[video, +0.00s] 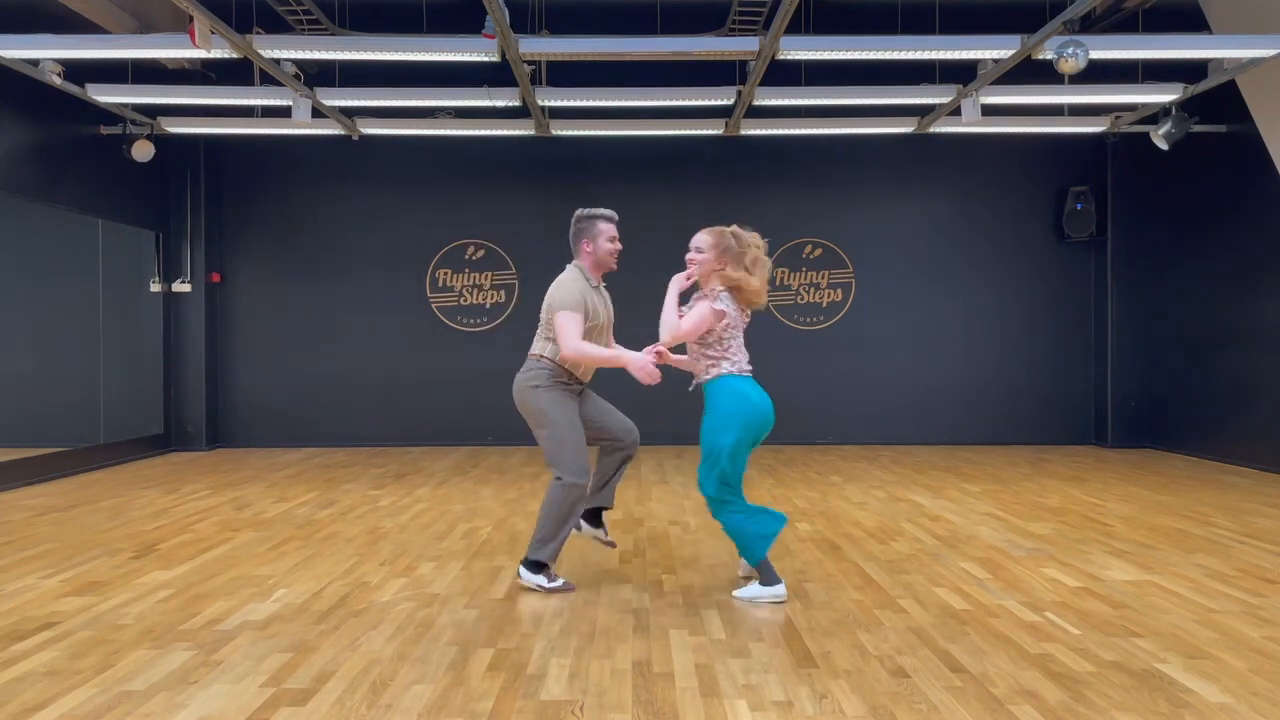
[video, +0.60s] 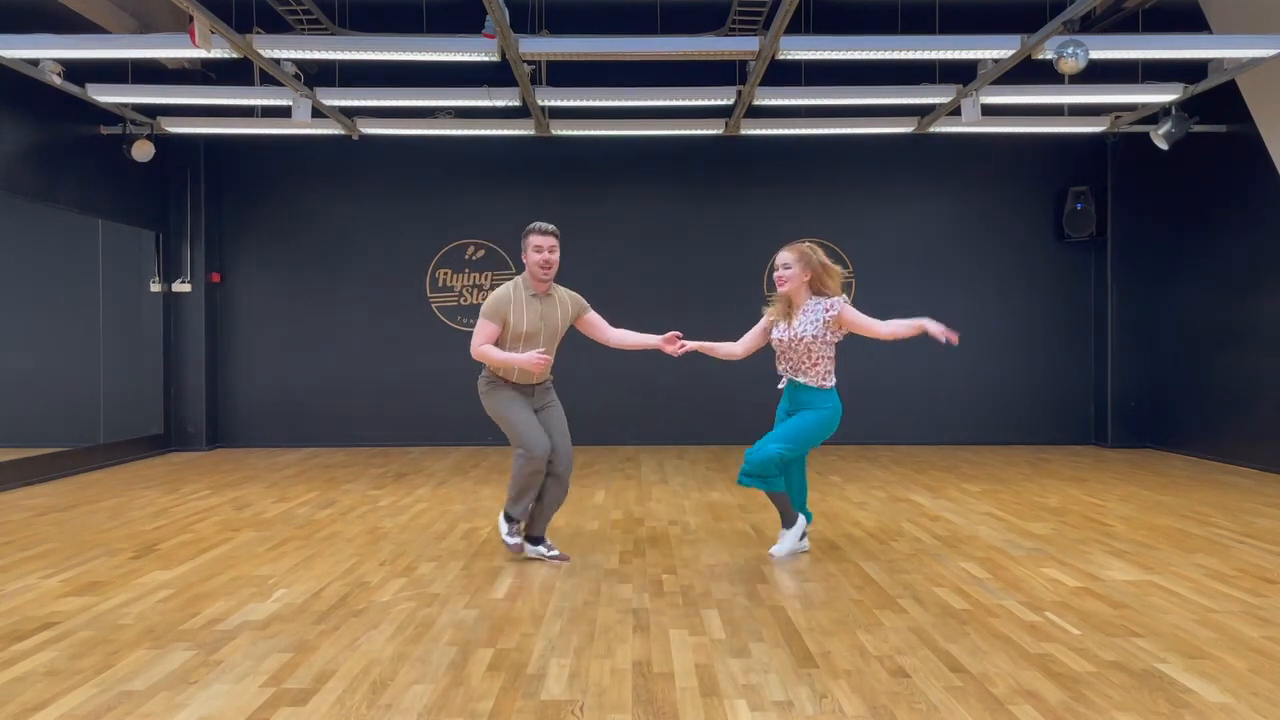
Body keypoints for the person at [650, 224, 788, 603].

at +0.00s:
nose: (688, 257)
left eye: (698, 251)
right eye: (690, 249)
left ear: (722, 260)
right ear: (717, 263)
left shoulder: (710, 304)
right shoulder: (729, 302)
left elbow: (669, 335)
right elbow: (709, 361)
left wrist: (673, 290)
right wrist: (669, 358)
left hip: (730, 401)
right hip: (751, 399)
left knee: (717, 492)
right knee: (722, 486)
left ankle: (770, 579)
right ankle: (752, 554)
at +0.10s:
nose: (711, 250)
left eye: (720, 244)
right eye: (710, 244)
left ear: (742, 253)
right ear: (714, 254)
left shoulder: (741, 295)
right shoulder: (723, 297)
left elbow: (697, 331)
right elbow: (719, 352)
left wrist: (676, 290)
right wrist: (680, 343)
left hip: (768, 393)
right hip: (761, 393)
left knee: (738, 475)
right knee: (753, 475)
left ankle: (775, 567)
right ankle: (768, 556)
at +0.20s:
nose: (734, 252)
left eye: (744, 246)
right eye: (732, 246)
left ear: (765, 256)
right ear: (730, 253)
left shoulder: (764, 297)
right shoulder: (739, 295)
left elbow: (736, 346)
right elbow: (733, 343)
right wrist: (695, 343)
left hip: (793, 394)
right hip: (768, 395)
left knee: (758, 474)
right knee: (739, 469)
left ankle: (808, 533)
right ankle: (767, 547)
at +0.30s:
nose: (755, 261)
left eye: (765, 256)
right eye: (753, 255)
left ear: (785, 265)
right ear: (749, 263)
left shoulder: (784, 306)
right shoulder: (760, 307)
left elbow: (775, 363)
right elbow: (741, 350)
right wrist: (708, 342)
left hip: (805, 402)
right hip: (777, 403)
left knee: (792, 485)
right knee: (751, 470)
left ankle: (833, 542)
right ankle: (769, 551)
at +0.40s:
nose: (767, 257)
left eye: (777, 251)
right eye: (764, 252)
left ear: (796, 259)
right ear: (761, 259)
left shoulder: (803, 302)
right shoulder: (767, 300)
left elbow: (819, 355)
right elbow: (740, 340)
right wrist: (706, 329)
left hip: (820, 395)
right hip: (789, 394)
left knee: (797, 474)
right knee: (747, 453)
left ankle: (834, 536)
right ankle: (775, 524)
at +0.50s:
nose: (775, 262)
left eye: (784, 255)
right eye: (772, 256)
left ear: (804, 261)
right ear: (770, 263)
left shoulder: (821, 303)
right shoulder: (772, 306)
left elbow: (858, 339)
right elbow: (739, 343)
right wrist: (702, 335)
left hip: (826, 395)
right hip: (793, 393)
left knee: (765, 451)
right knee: (760, 454)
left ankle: (795, 518)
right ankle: (792, 517)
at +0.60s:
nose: (778, 274)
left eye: (785, 268)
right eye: (776, 269)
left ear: (808, 272)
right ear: (776, 276)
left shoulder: (833, 309)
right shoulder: (777, 314)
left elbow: (883, 329)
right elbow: (739, 349)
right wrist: (696, 345)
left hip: (821, 407)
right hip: (788, 403)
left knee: (761, 458)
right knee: (791, 470)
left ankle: (791, 520)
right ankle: (799, 534)